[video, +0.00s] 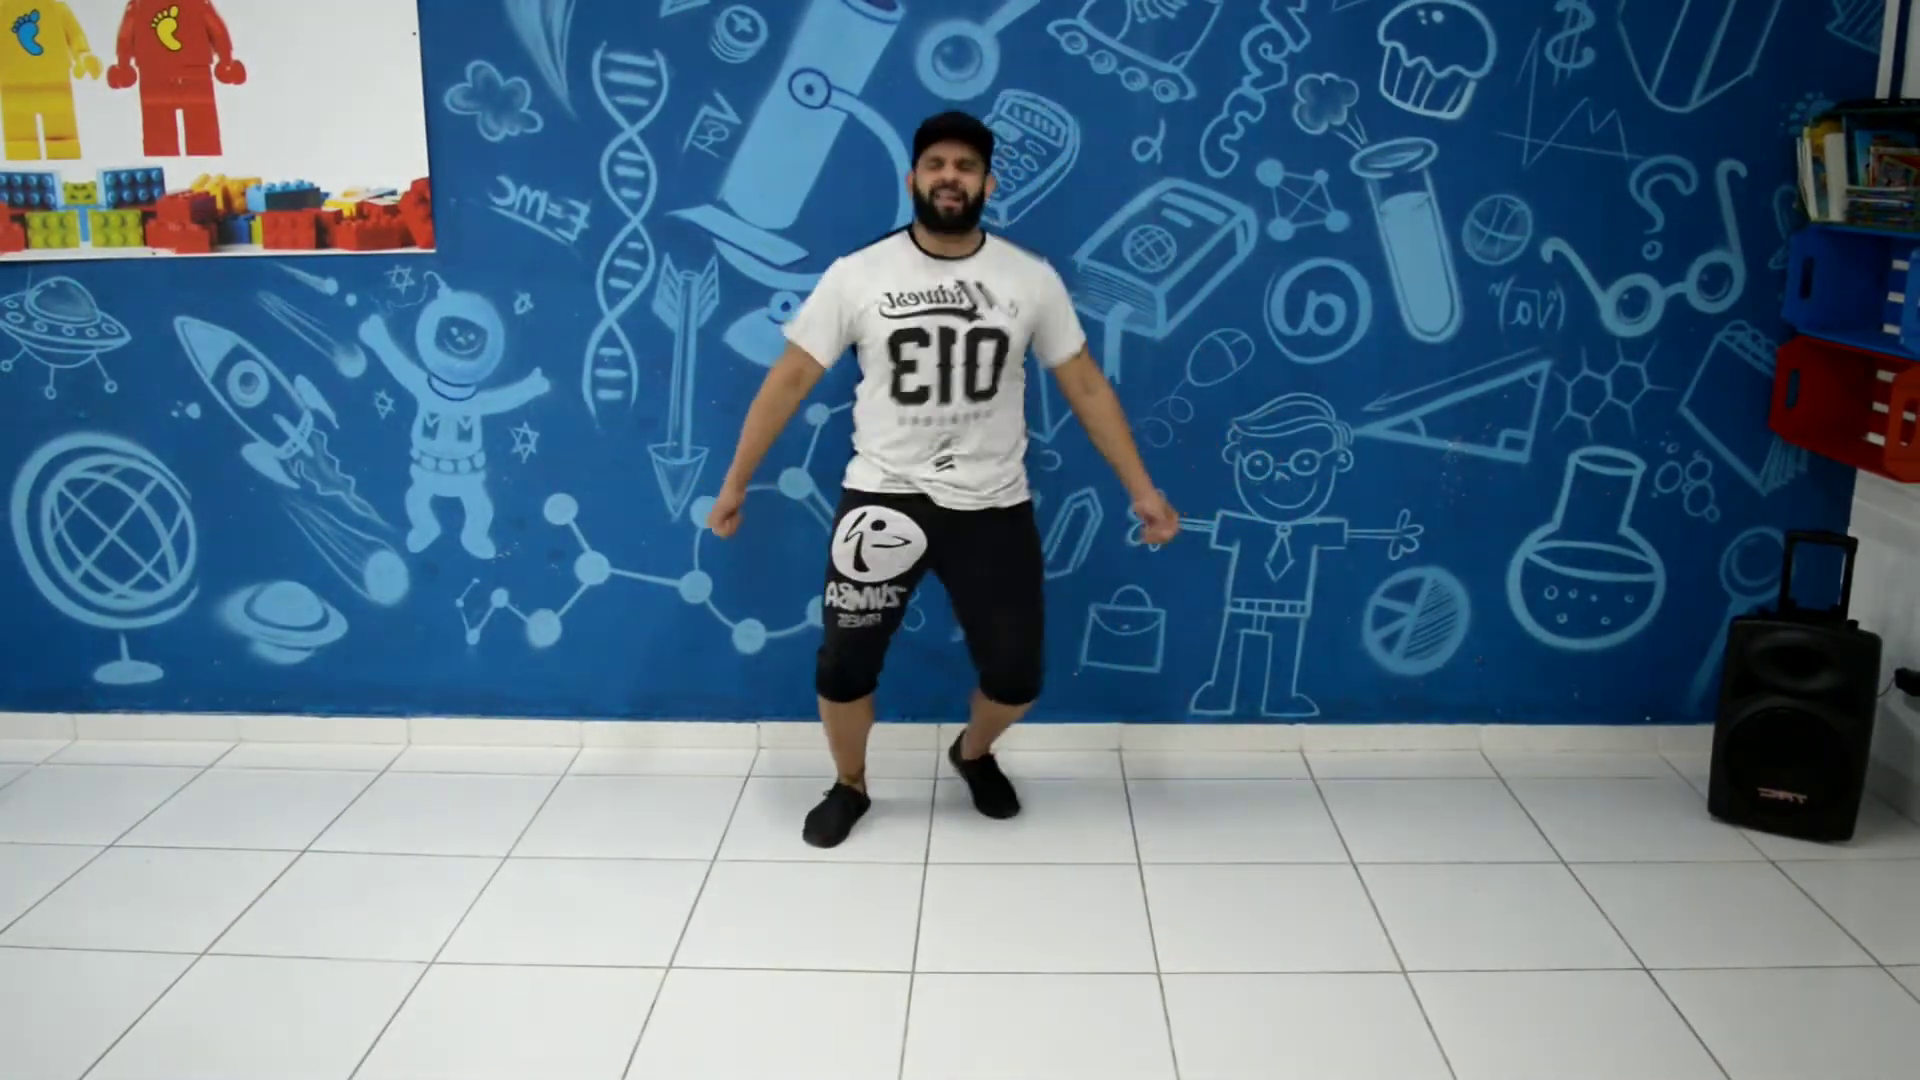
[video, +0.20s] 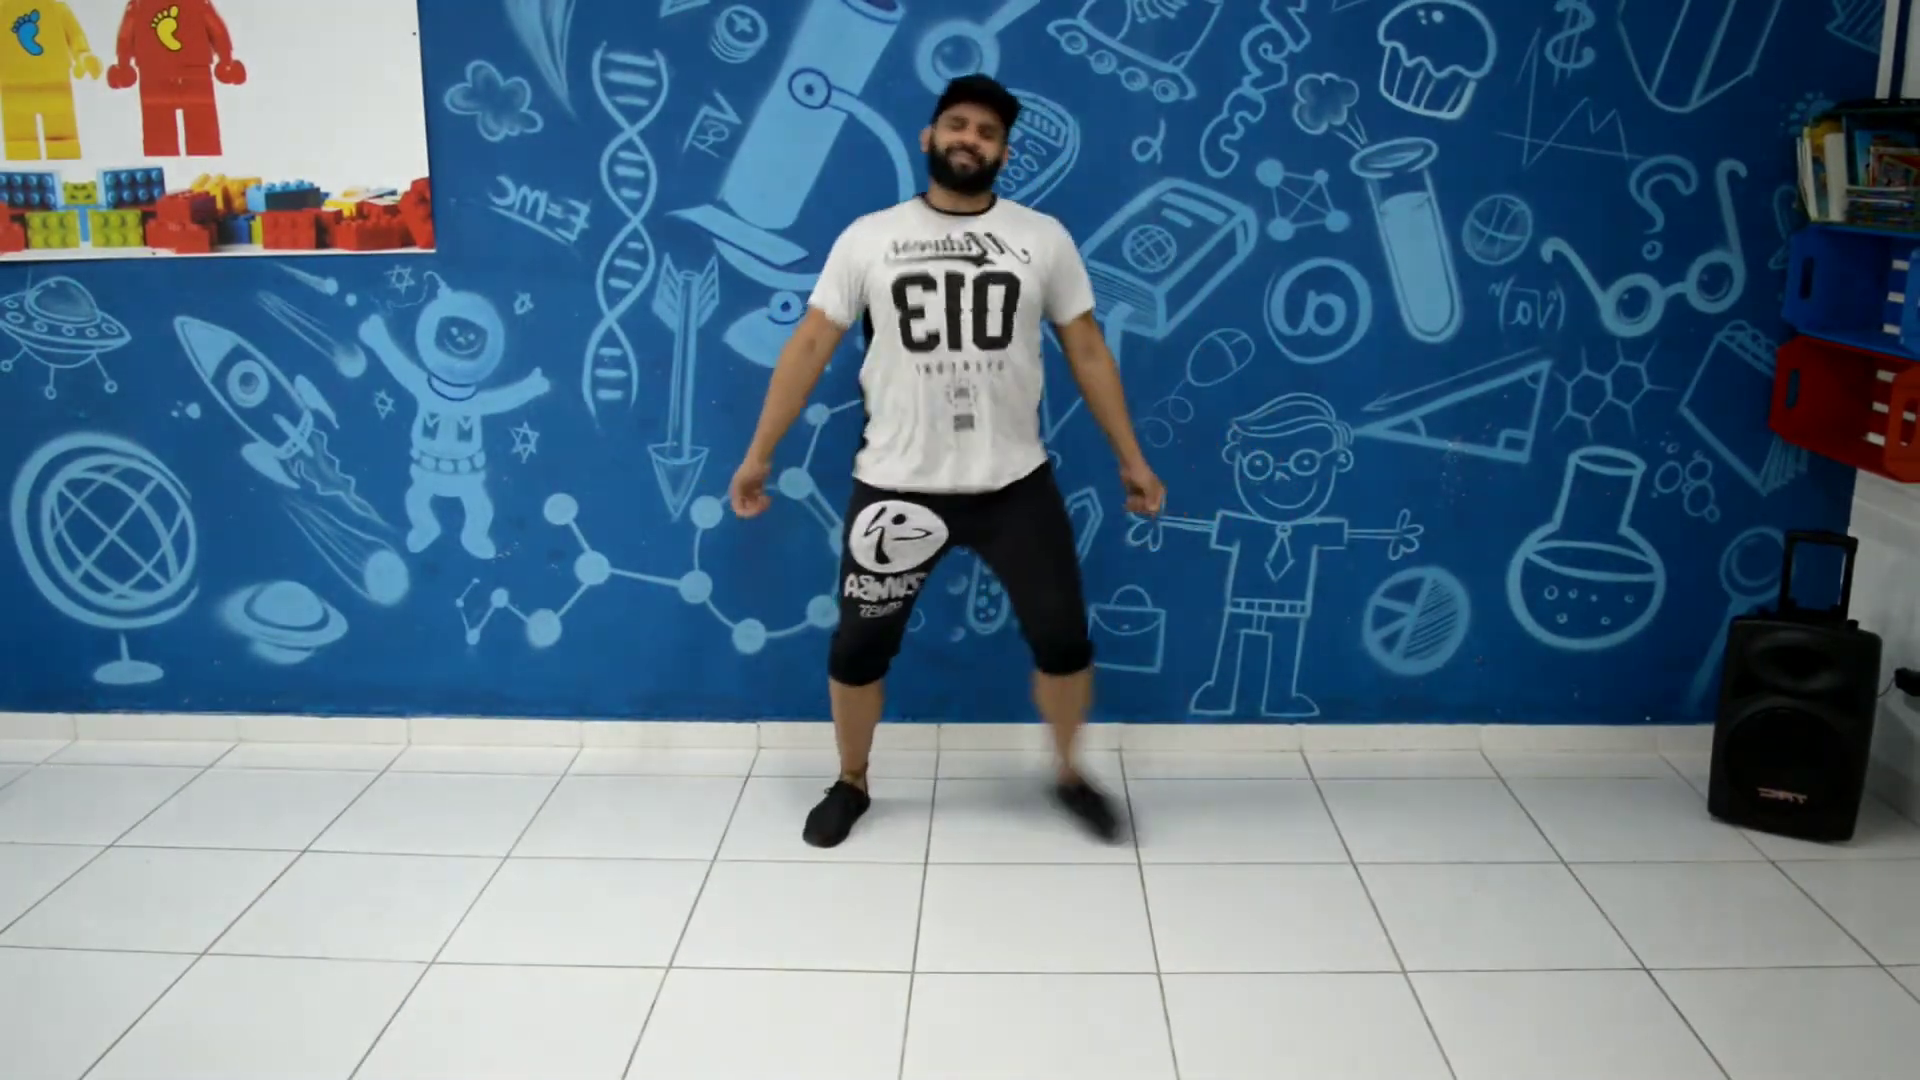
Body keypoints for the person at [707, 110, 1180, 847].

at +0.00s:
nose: (950, 179)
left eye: (966, 167)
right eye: (936, 165)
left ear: (986, 183)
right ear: (913, 178)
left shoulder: (1032, 281)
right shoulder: (856, 278)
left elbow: (1088, 387)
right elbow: (790, 378)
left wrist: (1142, 488)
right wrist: (735, 484)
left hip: (993, 501)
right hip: (884, 494)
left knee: (1016, 676)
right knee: (845, 661)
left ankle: (973, 754)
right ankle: (850, 786)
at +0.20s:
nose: (969, 138)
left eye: (986, 131)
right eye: (957, 125)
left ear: (1004, 152)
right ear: (929, 137)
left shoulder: (1044, 241)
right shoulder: (867, 241)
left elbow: (1089, 353)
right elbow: (809, 347)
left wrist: (1130, 456)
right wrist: (758, 454)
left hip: (1015, 481)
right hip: (897, 482)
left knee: (1065, 640)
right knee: (859, 645)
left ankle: (1070, 773)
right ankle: (850, 783)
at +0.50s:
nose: (1021, 172)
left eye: (1038, 162)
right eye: (1008, 159)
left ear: (1059, 181)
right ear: (982, 171)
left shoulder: (1105, 267)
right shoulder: (932, 284)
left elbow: (1151, 372)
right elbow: (869, 387)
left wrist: (1195, 474)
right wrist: (818, 493)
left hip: (1080, 495)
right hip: (967, 494)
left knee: (1133, 660)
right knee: (909, 652)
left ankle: (1141, 793)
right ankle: (864, 784)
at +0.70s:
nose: (1052, 144)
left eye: (1066, 130)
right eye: (1035, 132)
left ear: (1088, 144)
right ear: (1012, 148)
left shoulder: (1140, 241)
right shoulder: (965, 248)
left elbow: (1187, 347)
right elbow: (909, 357)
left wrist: (1238, 452)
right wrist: (861, 466)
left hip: (1115, 481)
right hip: (1002, 483)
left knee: (1142, 643)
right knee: (971, 657)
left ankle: (1144, 788)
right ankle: (1017, 748)